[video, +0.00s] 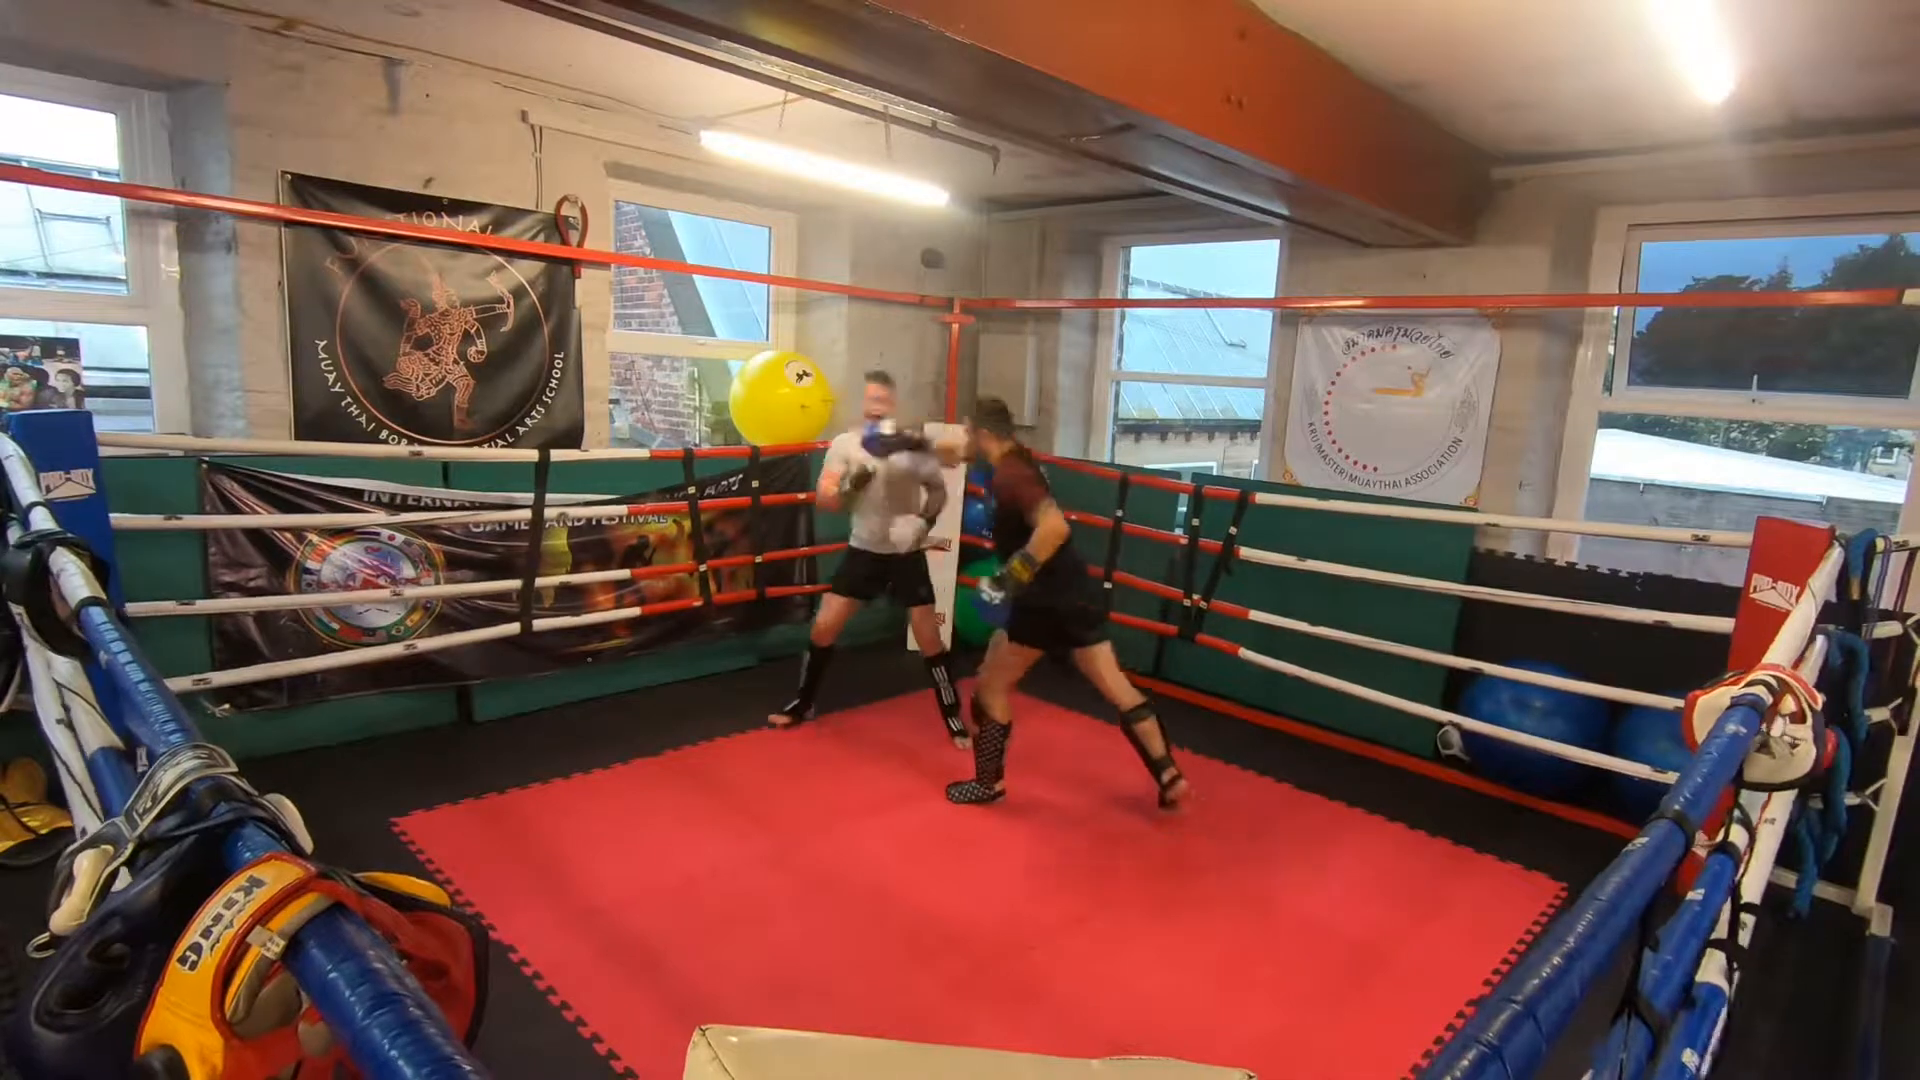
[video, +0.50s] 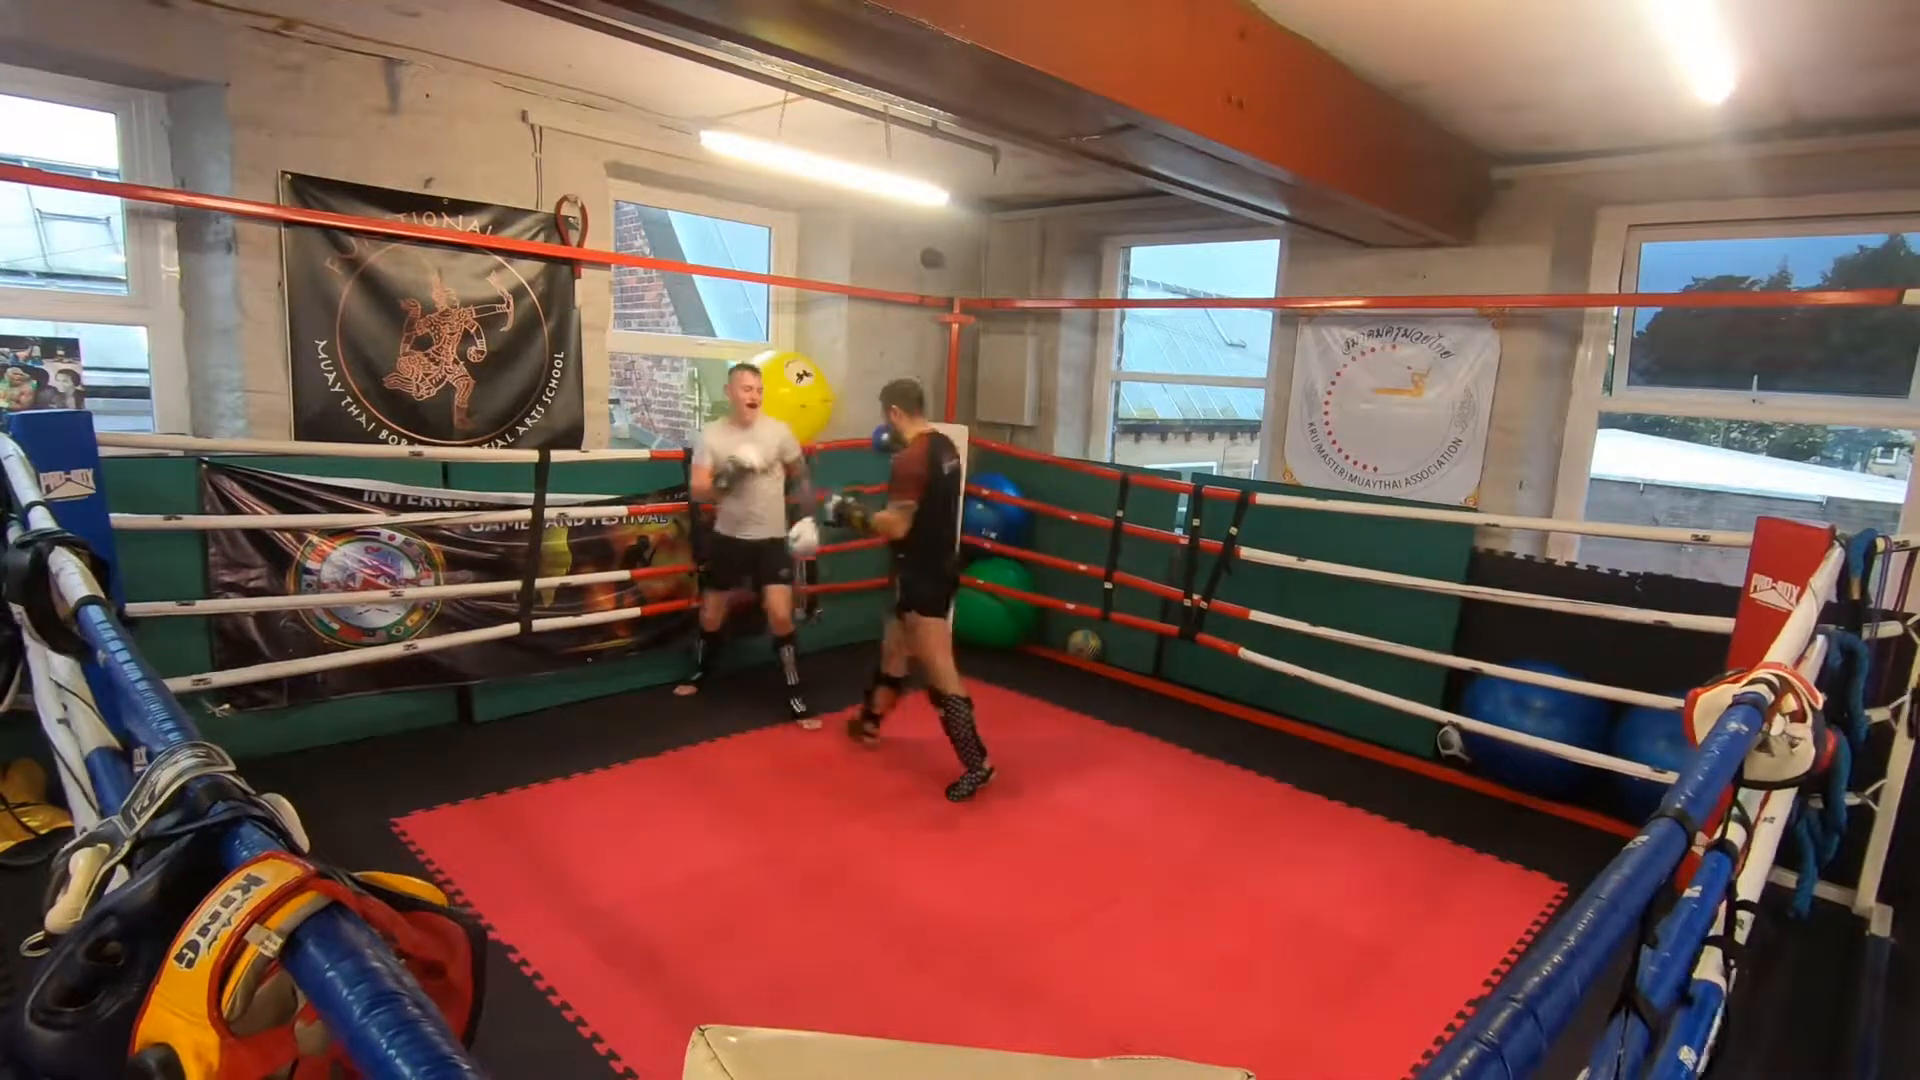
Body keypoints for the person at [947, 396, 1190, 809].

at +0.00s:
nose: (966, 439)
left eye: (969, 432)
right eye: (967, 432)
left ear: (984, 434)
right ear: (1003, 431)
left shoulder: (1011, 472)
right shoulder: (1016, 461)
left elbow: (1054, 526)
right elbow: (962, 449)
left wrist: (1014, 575)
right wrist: (914, 443)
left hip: (1040, 599)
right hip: (1073, 592)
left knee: (992, 685)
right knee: (1114, 682)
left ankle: (987, 781)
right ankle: (1167, 772)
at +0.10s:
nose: (949, 432)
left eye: (950, 425)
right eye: (948, 425)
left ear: (961, 423)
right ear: (980, 421)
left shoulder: (986, 462)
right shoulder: (990, 453)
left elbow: (1027, 519)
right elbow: (957, 481)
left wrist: (978, 555)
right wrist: (922, 454)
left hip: (1017, 586)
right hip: (1043, 579)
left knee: (983, 680)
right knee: (1074, 668)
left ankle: (986, 779)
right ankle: (1130, 753)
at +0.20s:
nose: (926, 421)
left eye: (926, 414)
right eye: (926, 414)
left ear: (937, 412)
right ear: (955, 407)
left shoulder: (968, 451)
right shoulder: (975, 440)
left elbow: (997, 519)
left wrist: (946, 539)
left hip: (991, 579)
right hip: (1011, 572)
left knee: (975, 672)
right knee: (1022, 659)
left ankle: (985, 777)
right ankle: (1068, 732)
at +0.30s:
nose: (912, 422)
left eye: (912, 414)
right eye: (912, 414)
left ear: (923, 408)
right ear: (941, 405)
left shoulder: (952, 451)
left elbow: (958, 524)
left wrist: (906, 529)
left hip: (969, 573)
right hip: (974, 568)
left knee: (969, 676)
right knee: (974, 660)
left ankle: (984, 773)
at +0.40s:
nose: (899, 419)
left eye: (899, 412)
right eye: (900, 412)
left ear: (909, 410)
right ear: (934, 406)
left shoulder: (930, 452)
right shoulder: (960, 440)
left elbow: (922, 526)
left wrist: (869, 518)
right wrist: (914, 440)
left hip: (948, 571)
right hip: (962, 565)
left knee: (961, 667)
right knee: (933, 641)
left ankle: (983, 772)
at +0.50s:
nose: (886, 422)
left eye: (886, 415)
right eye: (886, 415)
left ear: (895, 413)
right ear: (921, 409)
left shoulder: (912, 455)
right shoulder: (945, 446)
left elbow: (896, 526)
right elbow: (930, 504)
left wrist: (857, 514)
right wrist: (898, 448)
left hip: (921, 577)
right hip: (935, 570)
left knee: (940, 669)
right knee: (896, 646)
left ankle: (976, 764)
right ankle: (869, 720)